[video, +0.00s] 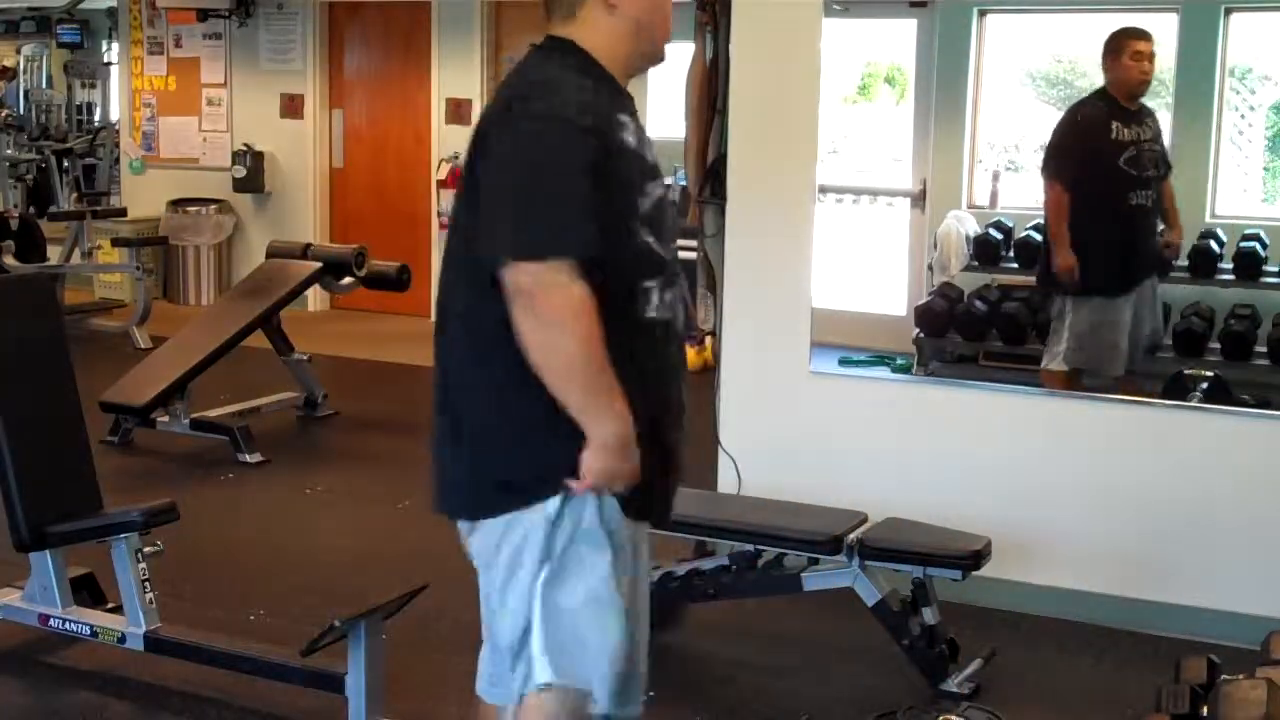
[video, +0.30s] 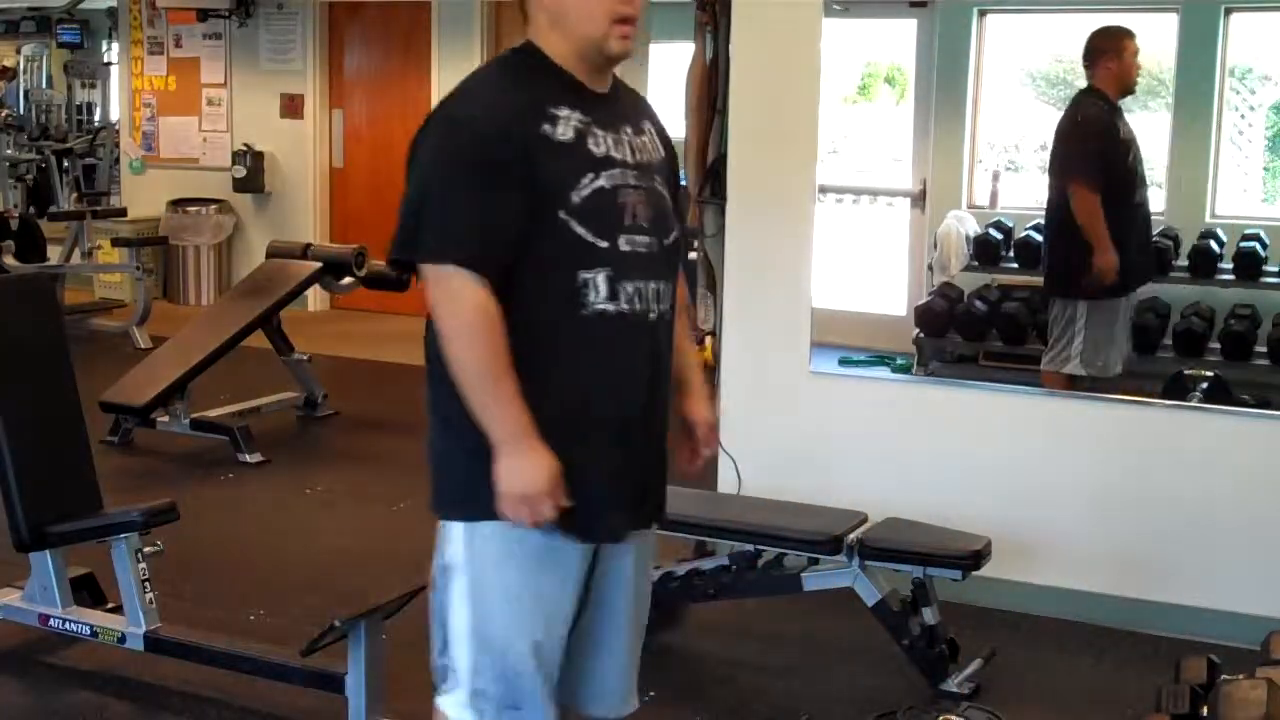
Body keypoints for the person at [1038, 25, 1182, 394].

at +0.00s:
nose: (1147, 66)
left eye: (1151, 59)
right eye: (1137, 57)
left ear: (1155, 65)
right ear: (1110, 62)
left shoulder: (1147, 118)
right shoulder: (1083, 116)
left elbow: (1161, 178)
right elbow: (1055, 183)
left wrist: (1173, 226)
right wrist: (1061, 248)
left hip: (1138, 260)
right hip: (1088, 260)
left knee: (1133, 367)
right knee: (1063, 364)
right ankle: (1052, 444)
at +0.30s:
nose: (1139, 66)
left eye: (1137, 58)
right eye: (1133, 58)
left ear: (1109, 64)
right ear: (1108, 63)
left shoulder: (1105, 113)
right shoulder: (1089, 114)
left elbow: (1098, 186)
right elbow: (1081, 188)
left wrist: (1122, 248)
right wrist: (1104, 248)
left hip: (1106, 266)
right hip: (1085, 267)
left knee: (1095, 371)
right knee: (1064, 371)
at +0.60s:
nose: (1132, 63)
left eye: (1129, 54)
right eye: (1125, 54)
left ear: (1101, 62)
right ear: (1102, 61)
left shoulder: (1101, 109)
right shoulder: (1087, 109)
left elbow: (1100, 179)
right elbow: (1086, 181)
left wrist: (1145, 201)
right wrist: (1149, 201)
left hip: (1103, 266)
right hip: (1087, 267)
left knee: (1086, 369)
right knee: (1066, 368)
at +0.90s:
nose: (1134, 64)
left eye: (1131, 55)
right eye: (1127, 56)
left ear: (1102, 65)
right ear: (1104, 64)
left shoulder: (1106, 113)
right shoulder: (1087, 111)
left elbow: (1120, 191)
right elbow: (1114, 168)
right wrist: (1135, 130)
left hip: (1105, 258)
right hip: (1083, 261)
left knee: (1097, 360)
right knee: (1076, 359)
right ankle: (1060, 440)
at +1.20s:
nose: (1138, 64)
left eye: (1136, 56)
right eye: (1132, 57)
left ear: (1108, 65)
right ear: (1110, 63)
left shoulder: (1111, 113)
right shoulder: (1087, 108)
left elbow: (1121, 190)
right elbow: (1107, 148)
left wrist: (1148, 231)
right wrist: (1136, 127)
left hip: (1109, 254)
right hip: (1084, 254)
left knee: (1098, 359)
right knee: (1076, 360)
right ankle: (1068, 441)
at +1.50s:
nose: (1141, 63)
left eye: (1138, 55)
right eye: (1134, 55)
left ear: (1110, 65)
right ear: (1113, 64)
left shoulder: (1092, 107)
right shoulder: (1105, 108)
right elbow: (1100, 167)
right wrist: (1141, 202)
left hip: (1075, 253)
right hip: (1096, 256)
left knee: (1068, 352)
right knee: (1092, 359)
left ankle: (1066, 435)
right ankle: (1085, 442)